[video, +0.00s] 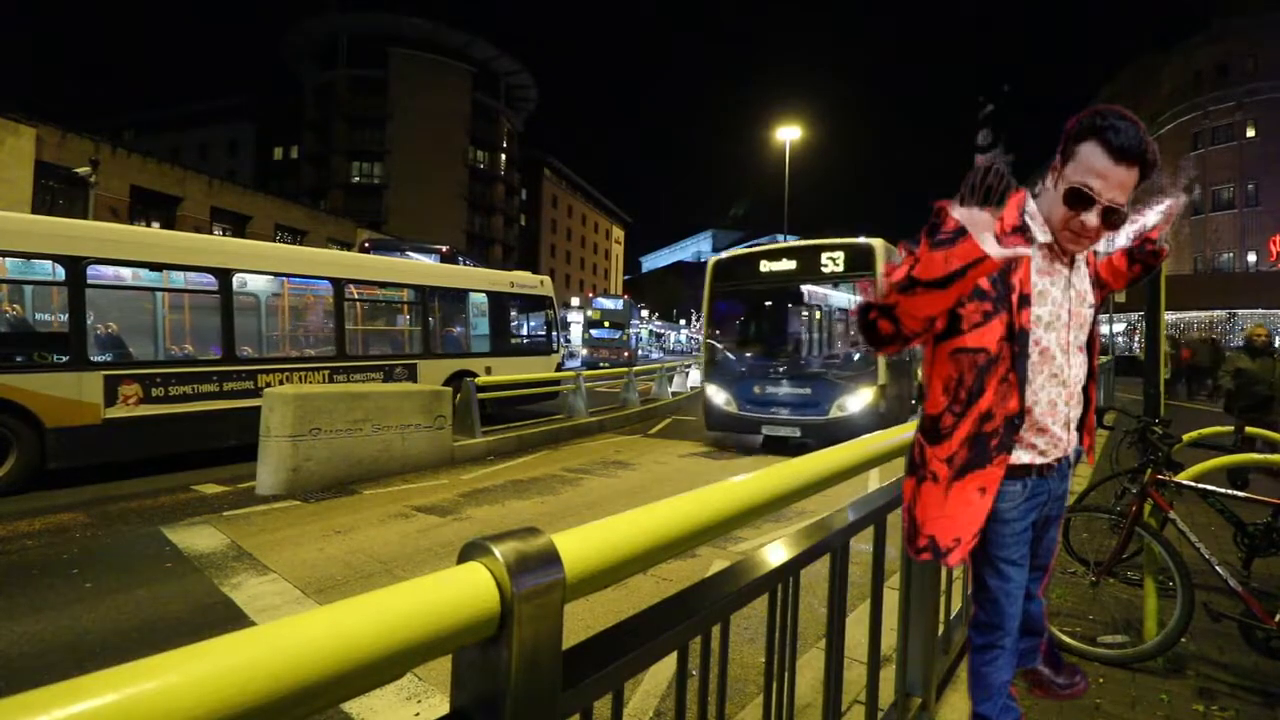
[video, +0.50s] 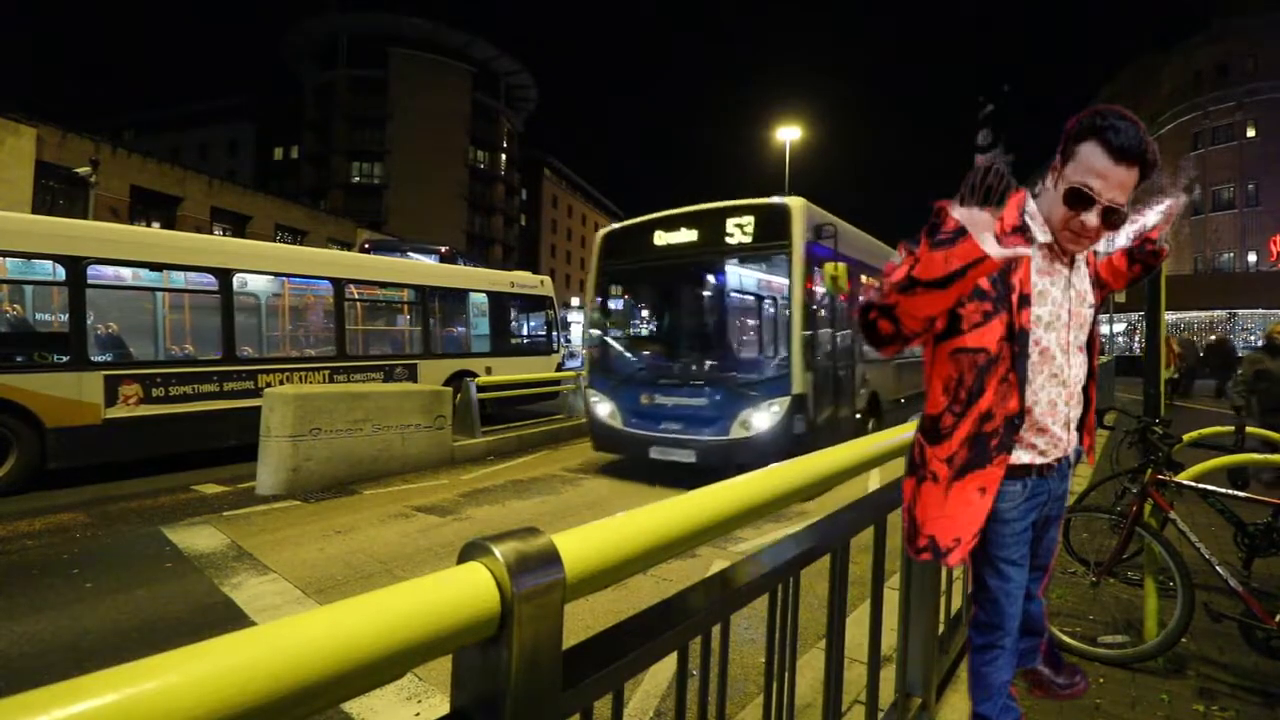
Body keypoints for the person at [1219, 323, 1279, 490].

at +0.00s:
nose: (1262, 339)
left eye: (1266, 336)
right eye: (1257, 336)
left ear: (1270, 339)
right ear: (1249, 338)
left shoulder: (1273, 359)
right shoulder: (1237, 356)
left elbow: (1276, 381)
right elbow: (1224, 375)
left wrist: (1274, 396)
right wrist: (1230, 389)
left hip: (1270, 407)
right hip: (1244, 407)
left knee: (1273, 442)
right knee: (1244, 444)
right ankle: (1240, 477)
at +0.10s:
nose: (1268, 341)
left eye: (1271, 338)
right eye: (1263, 337)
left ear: (1275, 341)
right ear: (1254, 338)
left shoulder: (1275, 359)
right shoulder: (1242, 357)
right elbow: (1228, 376)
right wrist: (1237, 389)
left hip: (1272, 408)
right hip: (1247, 408)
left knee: (1273, 443)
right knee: (1246, 444)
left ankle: (1273, 471)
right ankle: (1240, 475)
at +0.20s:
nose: (1274, 340)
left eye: (1277, 337)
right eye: (1270, 337)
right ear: (1261, 338)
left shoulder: (1277, 360)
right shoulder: (1248, 358)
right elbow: (1231, 379)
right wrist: (1243, 391)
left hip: (1274, 411)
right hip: (1250, 411)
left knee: (1275, 446)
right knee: (1247, 446)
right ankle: (1240, 476)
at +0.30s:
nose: (1275, 338)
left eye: (1278, 334)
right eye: (1272, 334)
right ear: (1264, 336)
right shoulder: (1253, 358)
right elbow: (1235, 379)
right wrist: (1243, 399)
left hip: (1275, 412)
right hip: (1259, 410)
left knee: (1275, 444)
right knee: (1251, 444)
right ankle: (1239, 473)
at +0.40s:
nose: (1278, 337)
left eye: (1279, 333)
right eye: (1275, 333)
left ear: (1279, 335)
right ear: (1266, 335)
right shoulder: (1255, 357)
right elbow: (1238, 384)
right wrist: (1244, 405)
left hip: (1275, 411)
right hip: (1260, 410)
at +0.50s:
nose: (1278, 337)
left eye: (1279, 334)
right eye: (1276, 333)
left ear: (1278, 336)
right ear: (1268, 336)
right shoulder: (1257, 358)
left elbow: (1239, 383)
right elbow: (1239, 384)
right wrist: (1240, 406)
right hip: (1265, 412)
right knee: (1268, 444)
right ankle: (1267, 474)